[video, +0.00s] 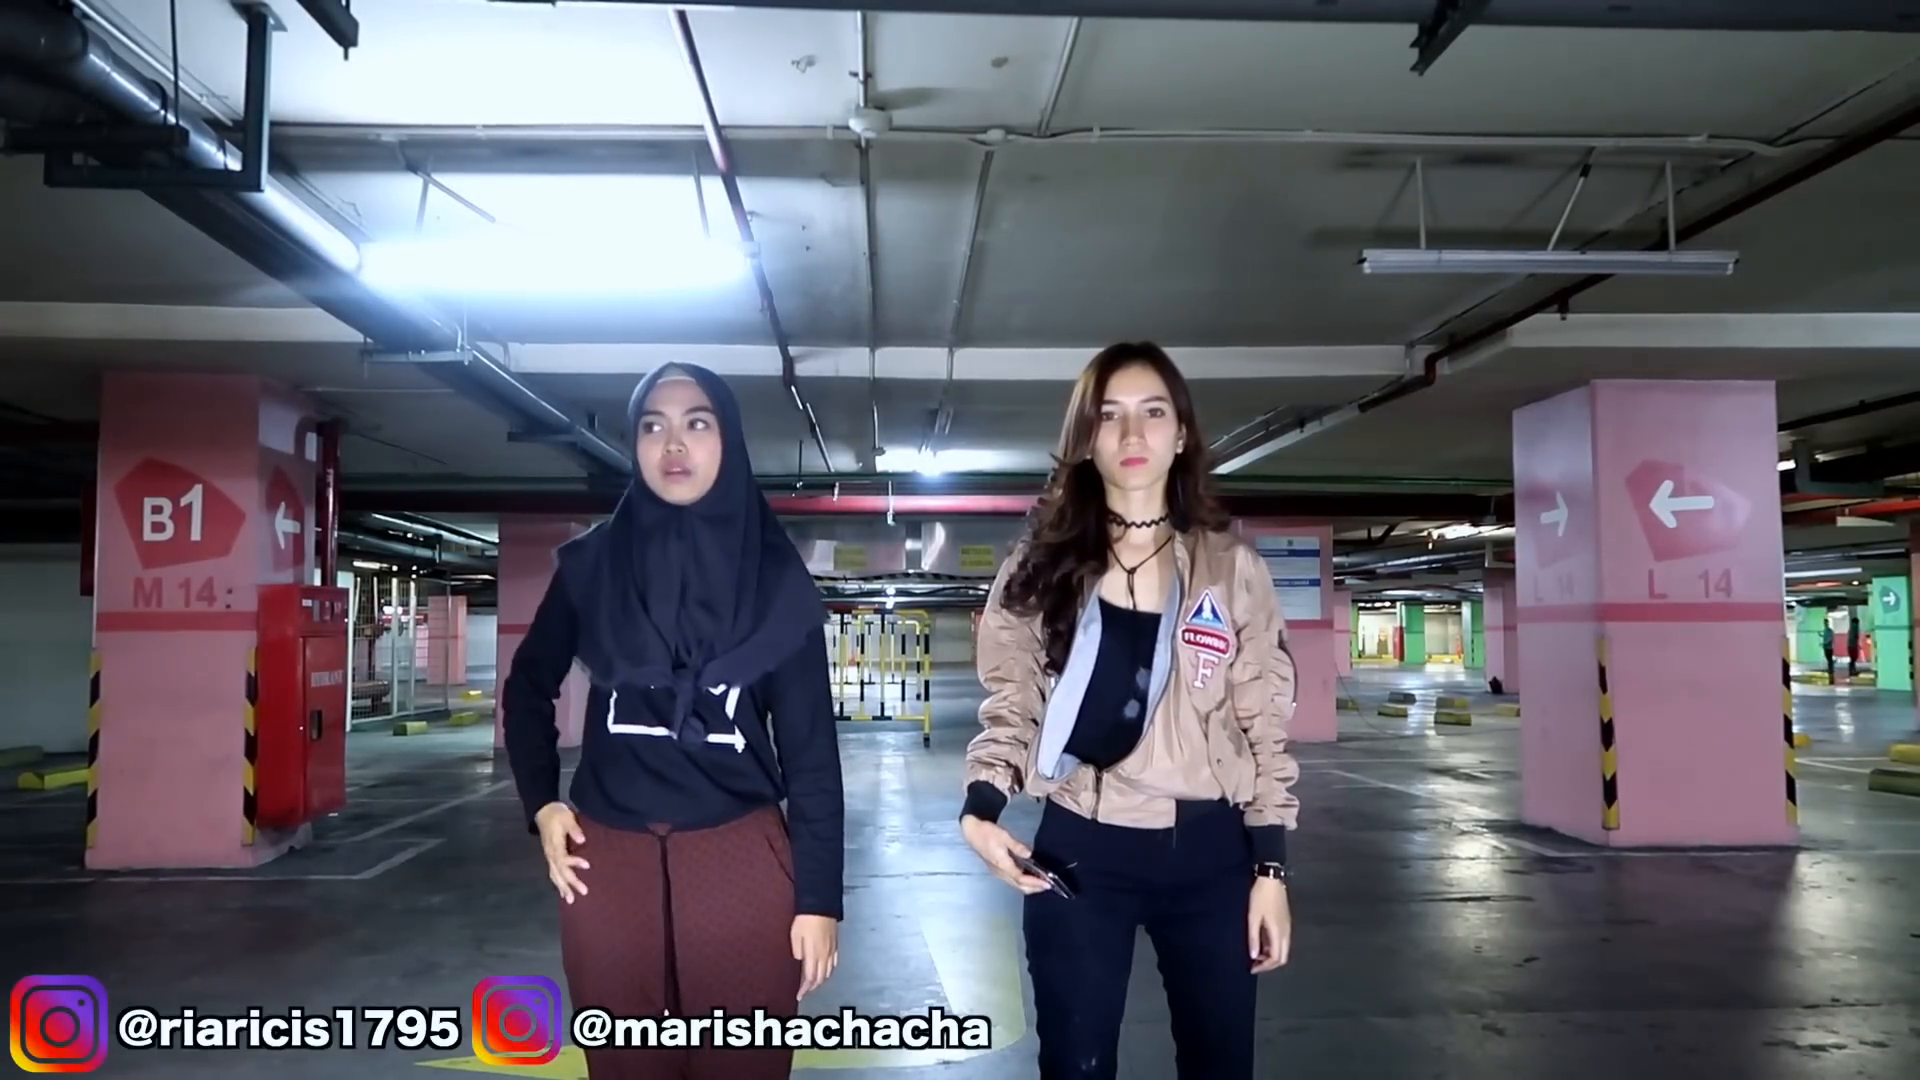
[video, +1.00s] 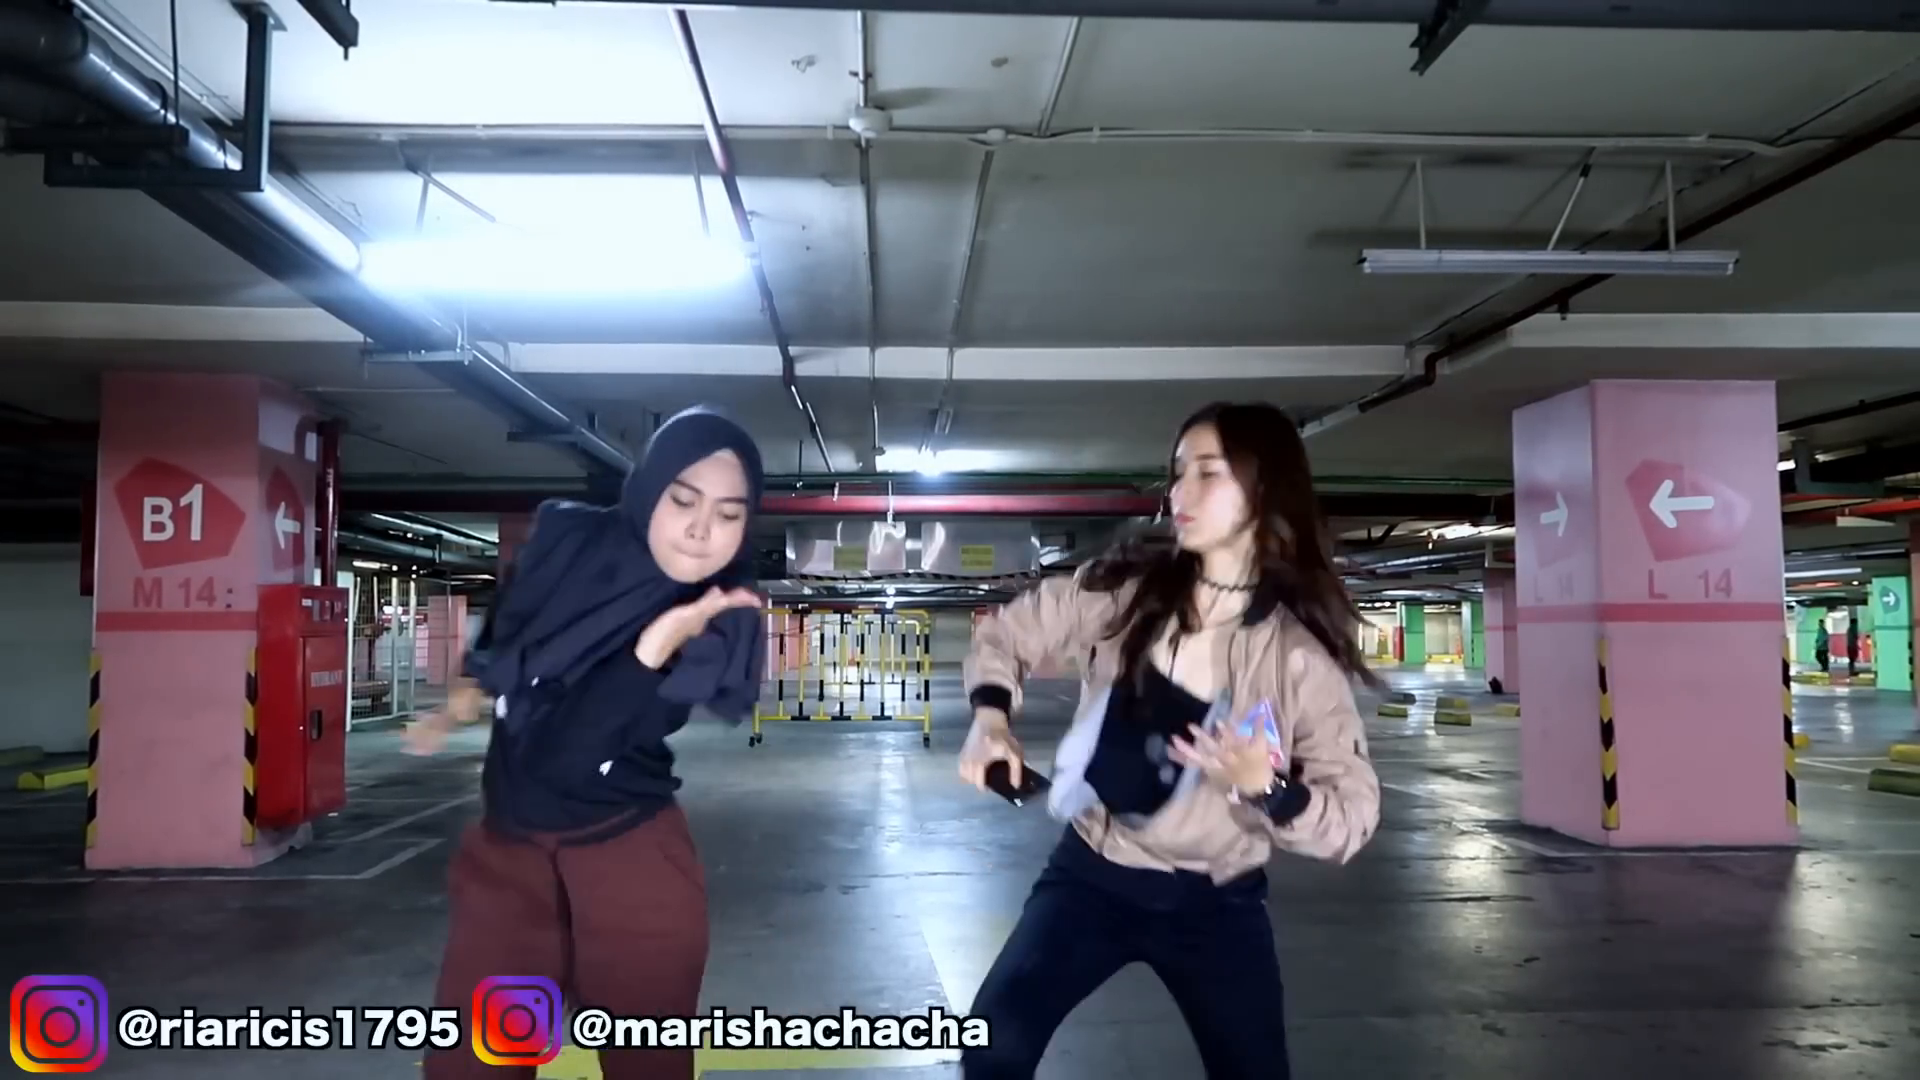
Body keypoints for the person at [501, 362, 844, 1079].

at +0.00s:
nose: (674, 444)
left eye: (697, 424)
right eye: (654, 426)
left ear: (730, 443)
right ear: (635, 447)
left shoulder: (772, 572)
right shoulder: (592, 565)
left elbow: (811, 747)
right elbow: (528, 686)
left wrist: (819, 899)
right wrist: (542, 804)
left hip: (740, 858)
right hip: (608, 861)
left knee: (746, 1063)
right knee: (622, 1065)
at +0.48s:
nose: (673, 449)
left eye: (696, 428)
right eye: (653, 429)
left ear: (727, 445)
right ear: (632, 448)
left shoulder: (765, 570)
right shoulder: (583, 561)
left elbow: (807, 743)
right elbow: (522, 686)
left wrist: (806, 886)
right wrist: (541, 803)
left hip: (731, 850)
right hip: (600, 854)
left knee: (733, 1063)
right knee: (613, 1062)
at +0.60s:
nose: (692, 479)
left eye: (714, 455)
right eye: (671, 456)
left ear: (747, 466)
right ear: (648, 465)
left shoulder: (773, 574)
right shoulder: (593, 552)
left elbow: (767, 763)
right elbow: (546, 687)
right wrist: (544, 809)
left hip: (725, 856)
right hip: (594, 854)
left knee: (736, 1066)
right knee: (606, 1066)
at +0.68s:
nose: (707, 527)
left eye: (731, 501)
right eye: (685, 503)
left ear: (766, 504)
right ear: (661, 506)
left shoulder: (775, 619)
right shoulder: (611, 572)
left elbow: (702, 785)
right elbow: (567, 703)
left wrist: (753, 657)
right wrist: (547, 823)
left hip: (710, 873)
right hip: (583, 860)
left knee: (751, 1069)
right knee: (557, 1064)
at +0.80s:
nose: (712, 549)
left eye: (739, 528)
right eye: (692, 522)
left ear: (768, 537)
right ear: (666, 520)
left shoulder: (754, 646)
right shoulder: (607, 567)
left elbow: (623, 795)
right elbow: (573, 682)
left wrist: (702, 736)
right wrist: (568, 737)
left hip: (680, 844)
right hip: (569, 828)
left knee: (713, 1065)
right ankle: (532, 1067)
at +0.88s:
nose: (708, 524)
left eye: (734, 504)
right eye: (688, 497)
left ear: (763, 511)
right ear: (659, 494)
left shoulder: (754, 628)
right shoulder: (601, 533)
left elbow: (593, 758)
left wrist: (699, 675)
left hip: (651, 817)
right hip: (530, 799)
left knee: (677, 1054)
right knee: (498, 1033)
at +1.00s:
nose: (701, 530)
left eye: (728, 513)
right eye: (682, 500)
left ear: (748, 527)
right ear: (644, 490)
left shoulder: (714, 628)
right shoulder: (565, 539)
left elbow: (566, 758)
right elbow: (500, 652)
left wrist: (662, 639)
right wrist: (452, 713)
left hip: (633, 870)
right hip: (505, 861)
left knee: (647, 1067)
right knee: (460, 1065)